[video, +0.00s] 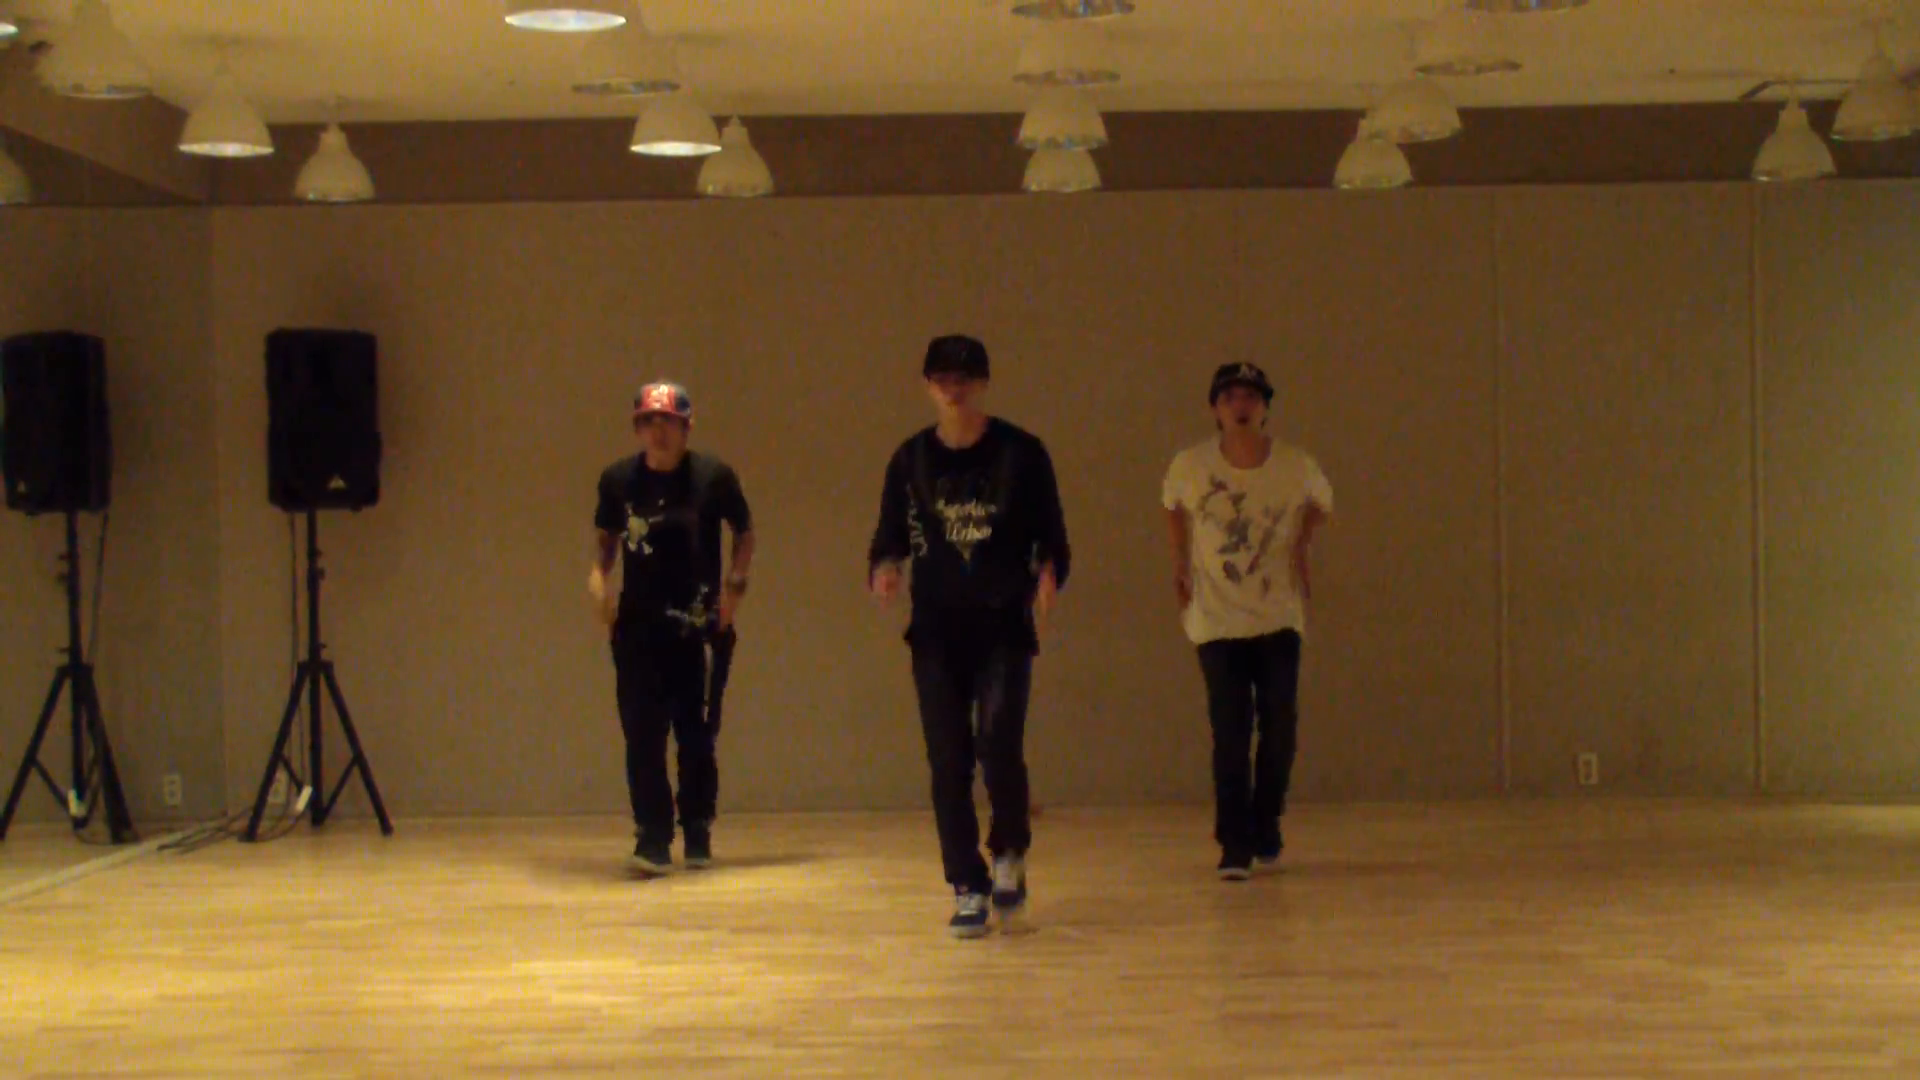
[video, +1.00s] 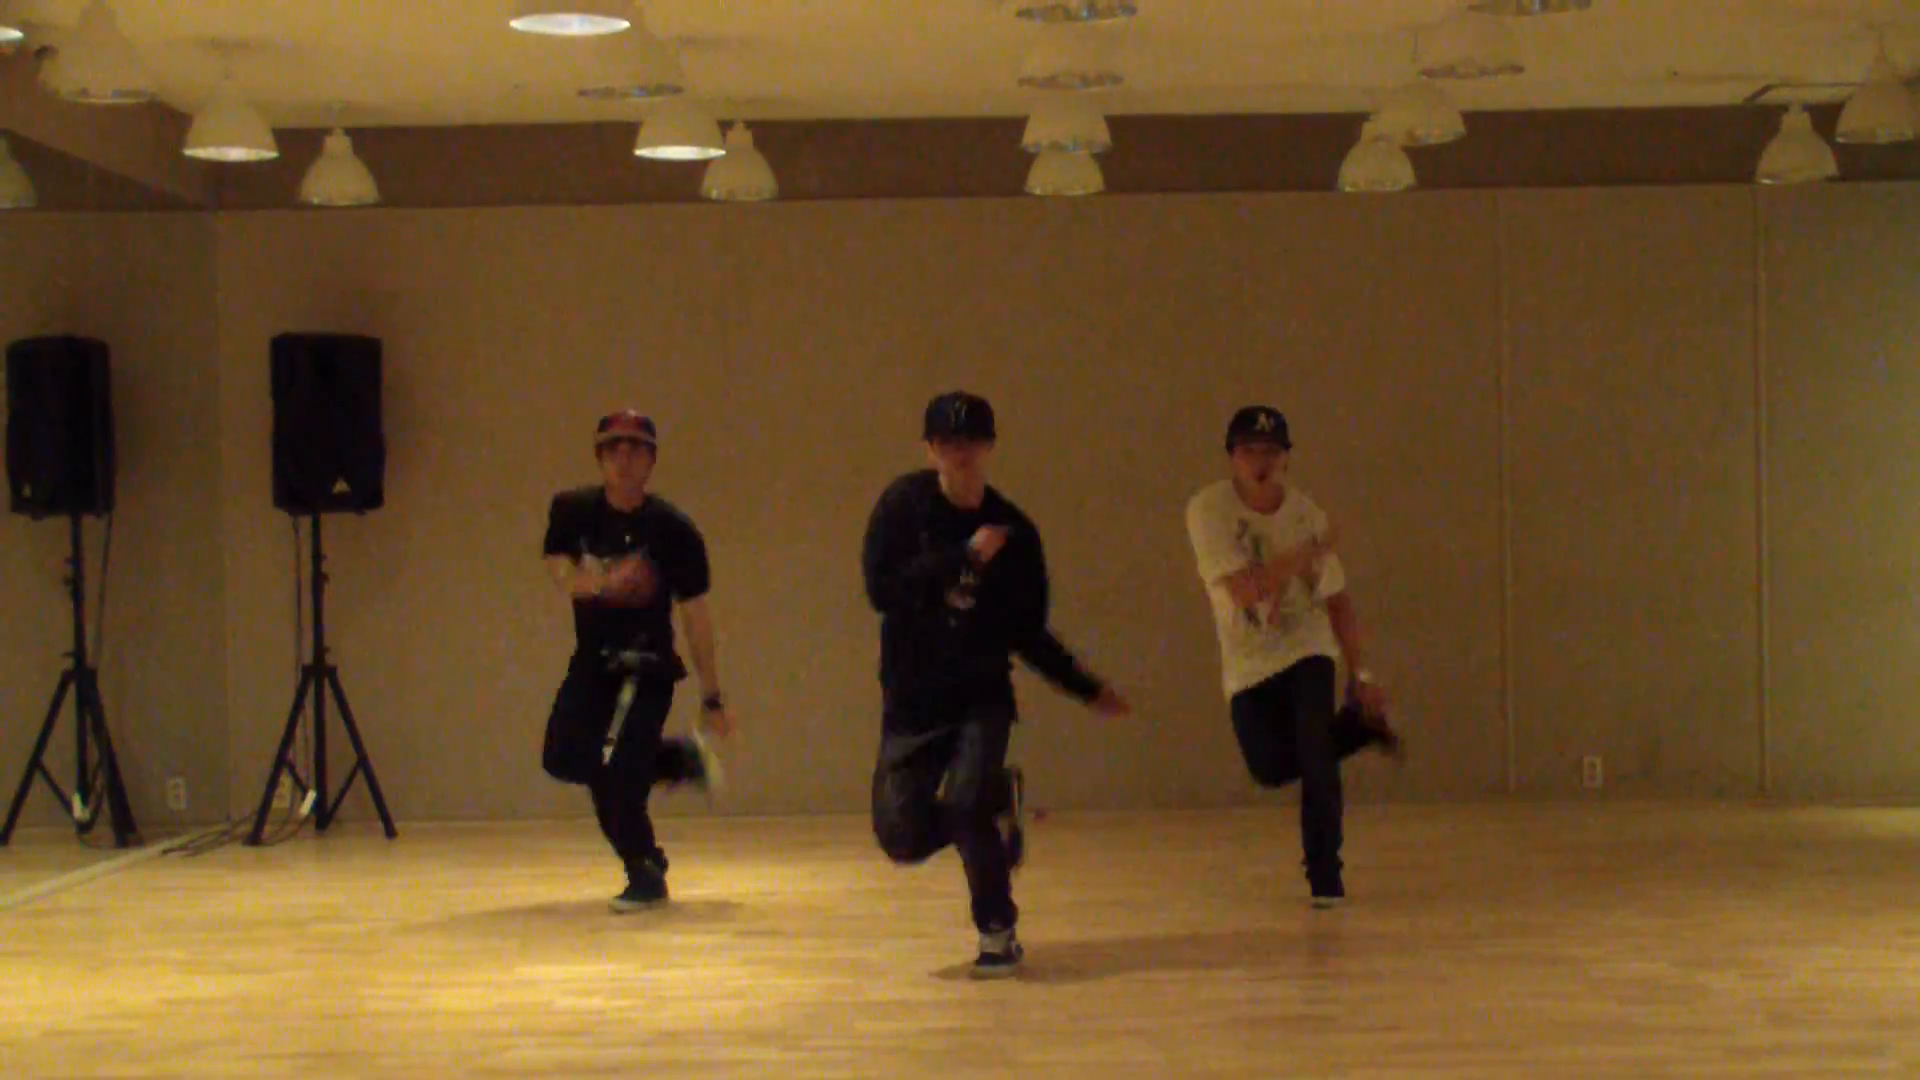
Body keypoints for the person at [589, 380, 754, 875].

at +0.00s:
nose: (658, 429)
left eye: (667, 420)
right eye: (650, 421)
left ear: (686, 425)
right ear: (637, 427)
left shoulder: (714, 478)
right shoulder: (619, 480)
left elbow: (744, 531)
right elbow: (606, 540)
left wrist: (733, 589)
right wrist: (601, 582)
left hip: (699, 631)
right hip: (638, 628)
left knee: (696, 737)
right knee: (643, 739)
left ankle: (698, 830)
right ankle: (652, 839)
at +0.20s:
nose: (654, 439)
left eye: (663, 431)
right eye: (644, 431)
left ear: (681, 440)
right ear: (632, 440)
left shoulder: (704, 493)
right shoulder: (610, 494)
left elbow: (726, 568)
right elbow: (588, 572)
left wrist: (705, 537)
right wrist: (594, 537)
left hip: (680, 629)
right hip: (624, 630)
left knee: (659, 709)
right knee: (625, 736)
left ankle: (682, 802)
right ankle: (651, 841)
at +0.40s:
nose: (650, 462)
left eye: (661, 453)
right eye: (642, 453)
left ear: (677, 464)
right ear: (629, 462)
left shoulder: (693, 511)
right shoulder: (608, 506)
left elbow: (692, 530)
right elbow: (589, 514)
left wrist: (665, 519)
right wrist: (592, 524)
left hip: (667, 643)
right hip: (611, 645)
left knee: (648, 727)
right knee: (614, 744)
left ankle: (629, 820)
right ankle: (657, 834)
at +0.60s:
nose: (640, 465)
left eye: (650, 456)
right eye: (631, 456)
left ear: (667, 465)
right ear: (617, 466)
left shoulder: (679, 519)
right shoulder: (600, 514)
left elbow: (695, 505)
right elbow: (579, 505)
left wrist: (711, 481)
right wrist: (562, 489)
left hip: (662, 637)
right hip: (604, 642)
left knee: (643, 700)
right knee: (603, 751)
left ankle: (617, 783)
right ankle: (652, 832)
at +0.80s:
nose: (620, 452)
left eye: (630, 443)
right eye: (610, 444)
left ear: (648, 453)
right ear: (598, 455)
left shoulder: (681, 508)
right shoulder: (578, 513)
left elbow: (746, 553)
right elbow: (523, 562)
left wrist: (807, 595)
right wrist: (488, 582)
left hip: (661, 647)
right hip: (601, 645)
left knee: (637, 745)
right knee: (583, 745)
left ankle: (649, 868)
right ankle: (595, 867)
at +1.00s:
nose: (624, 458)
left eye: (635, 448)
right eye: (614, 448)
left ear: (652, 460)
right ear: (599, 457)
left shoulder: (674, 530)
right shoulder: (571, 512)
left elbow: (697, 617)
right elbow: (563, 580)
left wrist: (712, 695)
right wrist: (605, 582)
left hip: (649, 663)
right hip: (593, 657)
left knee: (617, 769)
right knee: (562, 757)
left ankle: (645, 871)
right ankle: (673, 760)